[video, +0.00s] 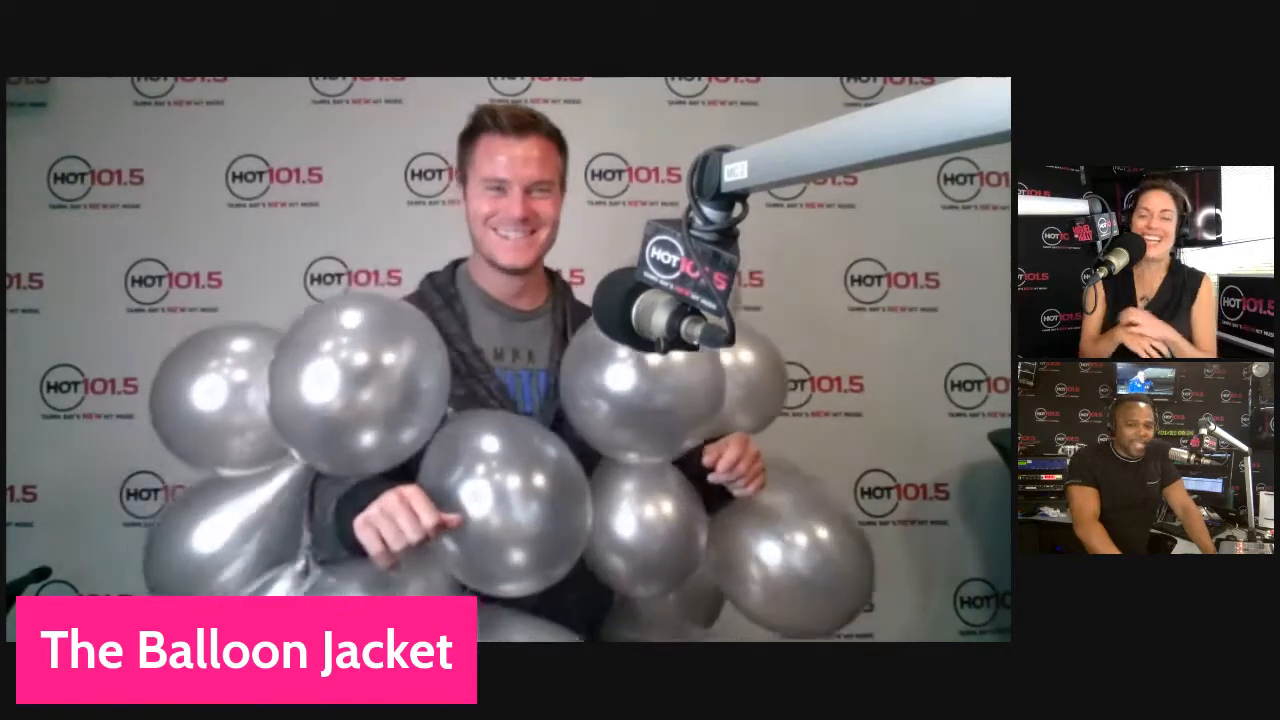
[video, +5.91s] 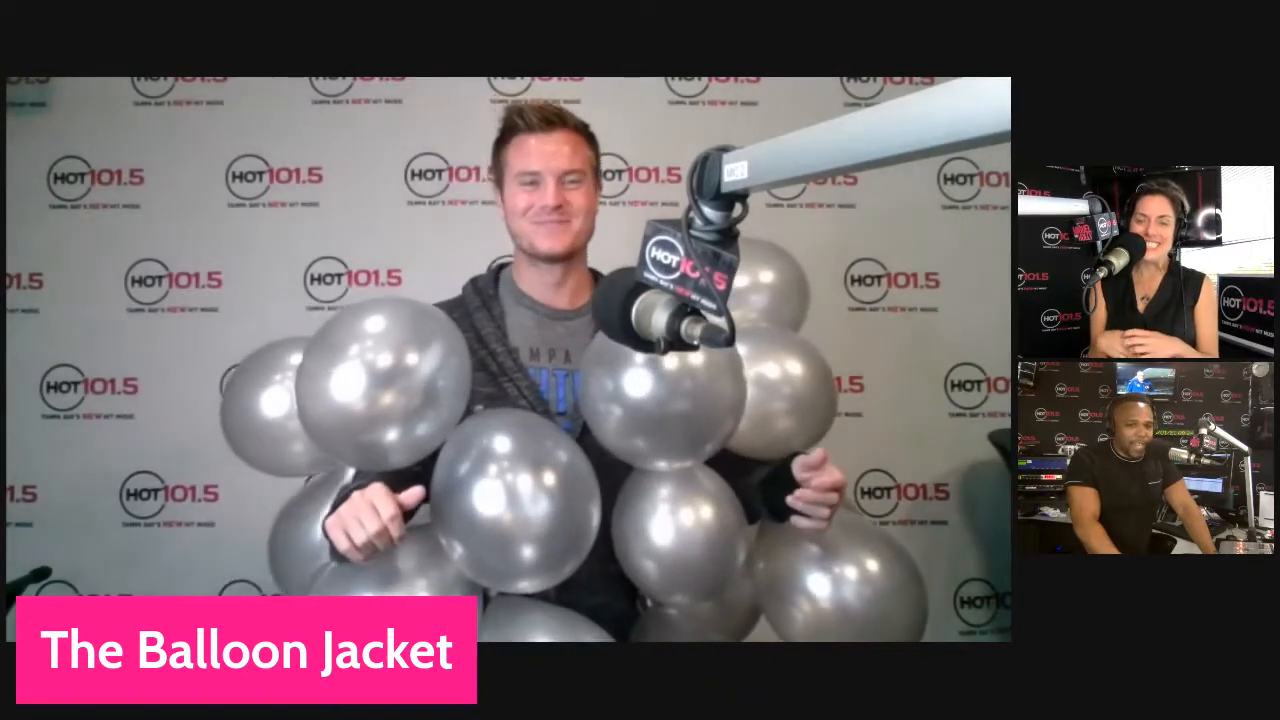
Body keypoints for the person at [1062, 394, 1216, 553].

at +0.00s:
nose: (1142, 433)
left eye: (1148, 426)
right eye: (1132, 425)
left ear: (1154, 429)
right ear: (1113, 428)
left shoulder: (1157, 458)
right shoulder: (1087, 461)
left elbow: (1186, 508)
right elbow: (1086, 525)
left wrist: (1210, 552)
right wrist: (1120, 560)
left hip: (1141, 554)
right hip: (1097, 556)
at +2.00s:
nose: (1143, 429)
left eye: (1149, 422)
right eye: (1133, 422)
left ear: (1154, 426)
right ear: (1112, 426)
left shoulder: (1157, 457)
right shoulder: (1086, 460)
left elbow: (1186, 507)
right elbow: (1086, 524)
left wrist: (1210, 553)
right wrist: (1120, 564)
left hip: (1142, 558)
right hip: (1097, 561)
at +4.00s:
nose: (1142, 432)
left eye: (1148, 424)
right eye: (1132, 424)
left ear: (1154, 428)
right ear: (1112, 427)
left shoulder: (1158, 457)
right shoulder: (1088, 460)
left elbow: (1187, 507)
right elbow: (1087, 524)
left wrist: (1210, 552)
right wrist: (1119, 560)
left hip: (1143, 554)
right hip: (1099, 555)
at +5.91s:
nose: (1142, 433)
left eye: (1148, 425)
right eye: (1131, 425)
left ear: (1153, 428)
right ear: (1112, 427)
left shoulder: (1157, 458)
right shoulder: (1087, 460)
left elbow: (1187, 508)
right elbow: (1086, 524)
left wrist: (1211, 552)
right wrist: (1118, 561)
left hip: (1143, 556)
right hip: (1099, 556)